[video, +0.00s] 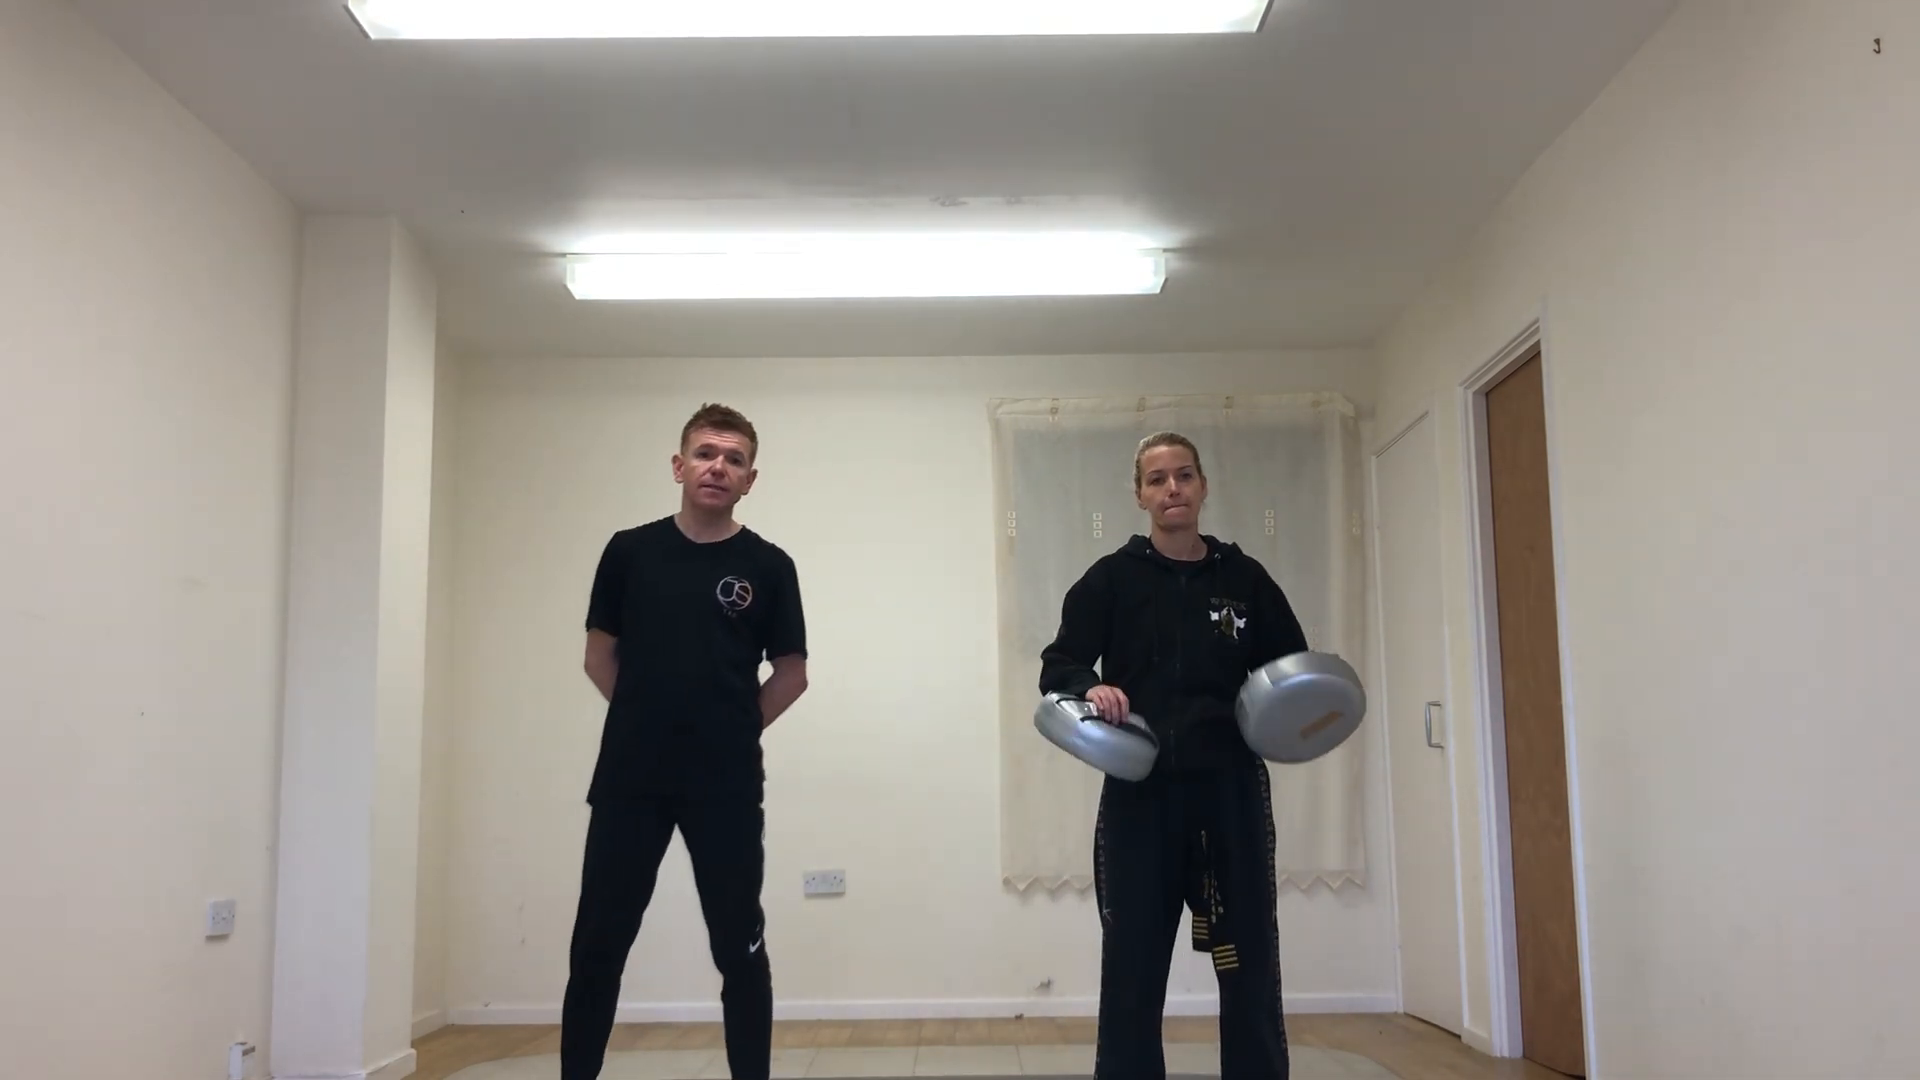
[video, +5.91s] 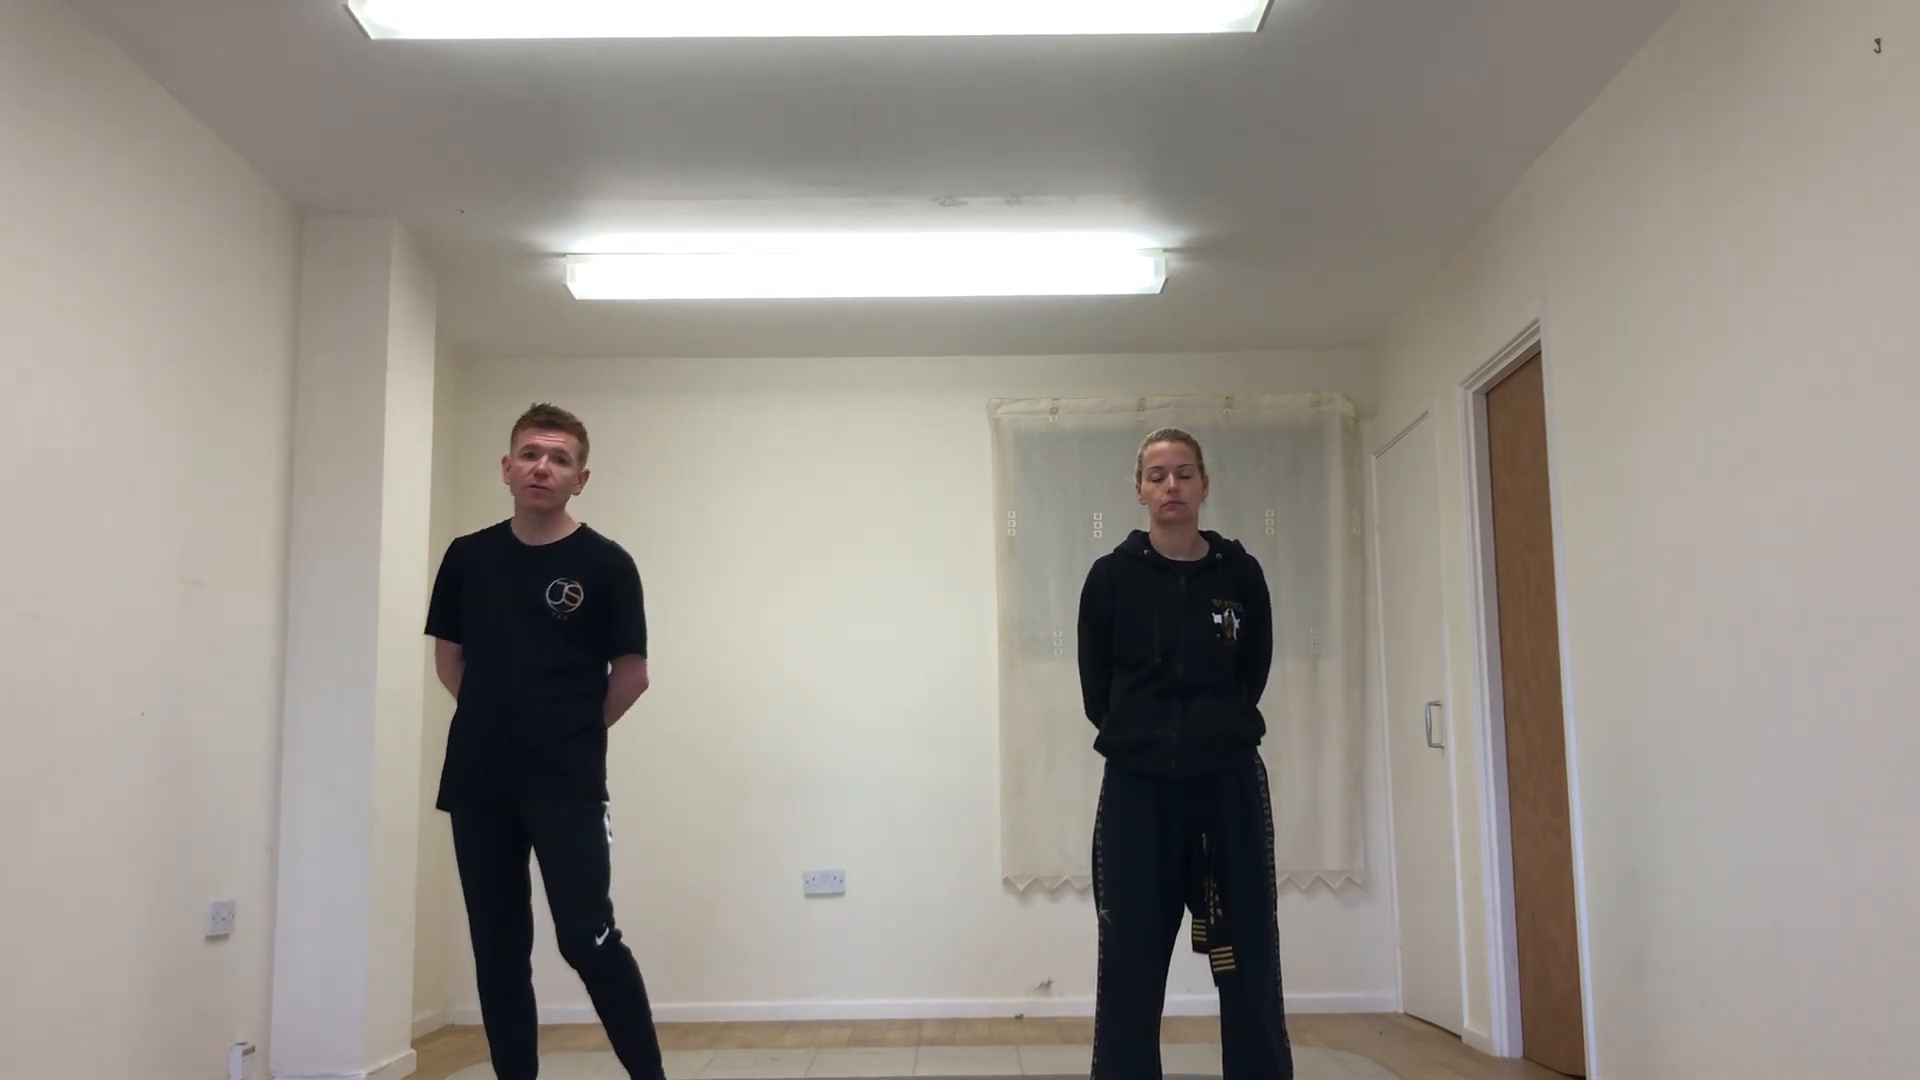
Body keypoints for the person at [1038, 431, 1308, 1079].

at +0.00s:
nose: (1173, 487)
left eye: (1184, 475)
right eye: (1157, 479)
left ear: (1202, 487)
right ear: (1140, 496)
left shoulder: (1244, 577)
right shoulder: (1108, 580)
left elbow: (1292, 668)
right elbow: (1057, 670)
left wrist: (1303, 707)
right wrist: (1089, 690)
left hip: (1232, 790)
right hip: (1139, 792)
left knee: (1250, 964)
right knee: (1133, 966)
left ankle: (1257, 1076)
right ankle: (1127, 1076)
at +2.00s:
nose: (1165, 488)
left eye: (1176, 475)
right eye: (1150, 479)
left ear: (1198, 485)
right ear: (1135, 495)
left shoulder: (1243, 573)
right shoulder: (1110, 577)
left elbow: (1308, 653)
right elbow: (1072, 664)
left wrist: (1261, 676)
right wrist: (1125, 703)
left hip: (1232, 785)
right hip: (1139, 787)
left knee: (1249, 964)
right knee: (1131, 968)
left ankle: (1258, 1077)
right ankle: (1125, 1078)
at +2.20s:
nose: (1165, 488)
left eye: (1177, 475)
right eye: (1150, 479)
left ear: (1198, 485)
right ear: (1134, 494)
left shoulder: (1241, 575)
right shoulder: (1107, 580)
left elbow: (1303, 652)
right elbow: (1059, 666)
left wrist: (1330, 715)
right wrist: (1047, 742)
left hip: (1230, 787)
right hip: (1135, 791)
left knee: (1248, 968)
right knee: (1130, 973)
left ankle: (1258, 1077)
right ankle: (1125, 1079)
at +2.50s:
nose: (1168, 485)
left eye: (1180, 473)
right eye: (1154, 476)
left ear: (1200, 487)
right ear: (1137, 494)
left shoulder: (1238, 571)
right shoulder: (1106, 577)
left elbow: (1271, 668)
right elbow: (1072, 678)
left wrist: (1283, 754)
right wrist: (1056, 774)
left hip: (1226, 784)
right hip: (1133, 786)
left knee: (1245, 955)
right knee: (1129, 960)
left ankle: (1257, 1076)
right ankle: (1123, 1076)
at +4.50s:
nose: (1175, 485)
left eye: (1188, 474)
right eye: (1161, 474)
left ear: (1207, 486)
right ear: (1143, 487)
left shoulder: (1240, 570)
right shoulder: (1111, 574)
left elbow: (1256, 668)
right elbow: (1094, 678)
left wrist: (1218, 730)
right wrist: (1136, 739)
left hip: (1230, 779)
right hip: (1138, 780)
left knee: (1249, 960)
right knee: (1130, 964)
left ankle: (1260, 1077)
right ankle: (1124, 1078)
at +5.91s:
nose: (1171, 484)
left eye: (1183, 473)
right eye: (1157, 475)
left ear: (1204, 485)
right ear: (1139, 489)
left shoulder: (1240, 570)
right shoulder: (1109, 575)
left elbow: (1255, 670)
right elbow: (1095, 683)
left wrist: (1215, 729)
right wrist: (1141, 738)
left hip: (1230, 780)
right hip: (1138, 782)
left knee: (1249, 961)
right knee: (1130, 964)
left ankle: (1260, 1076)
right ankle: (1124, 1077)